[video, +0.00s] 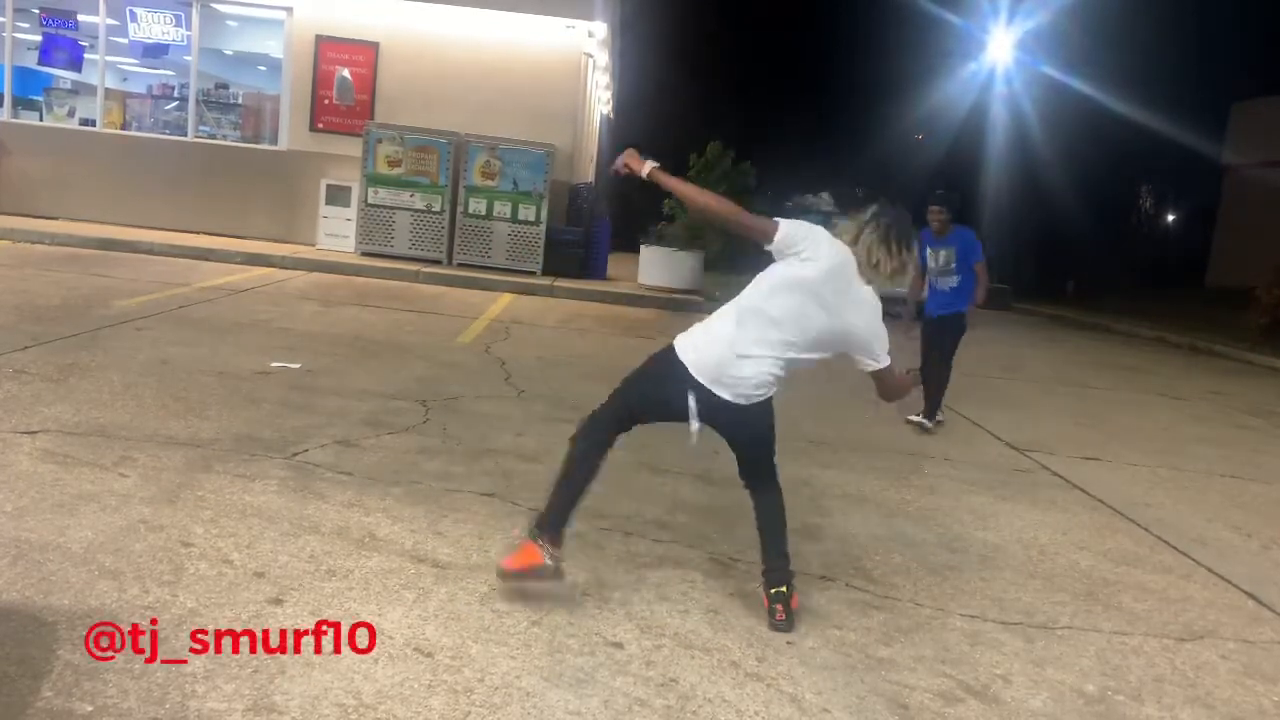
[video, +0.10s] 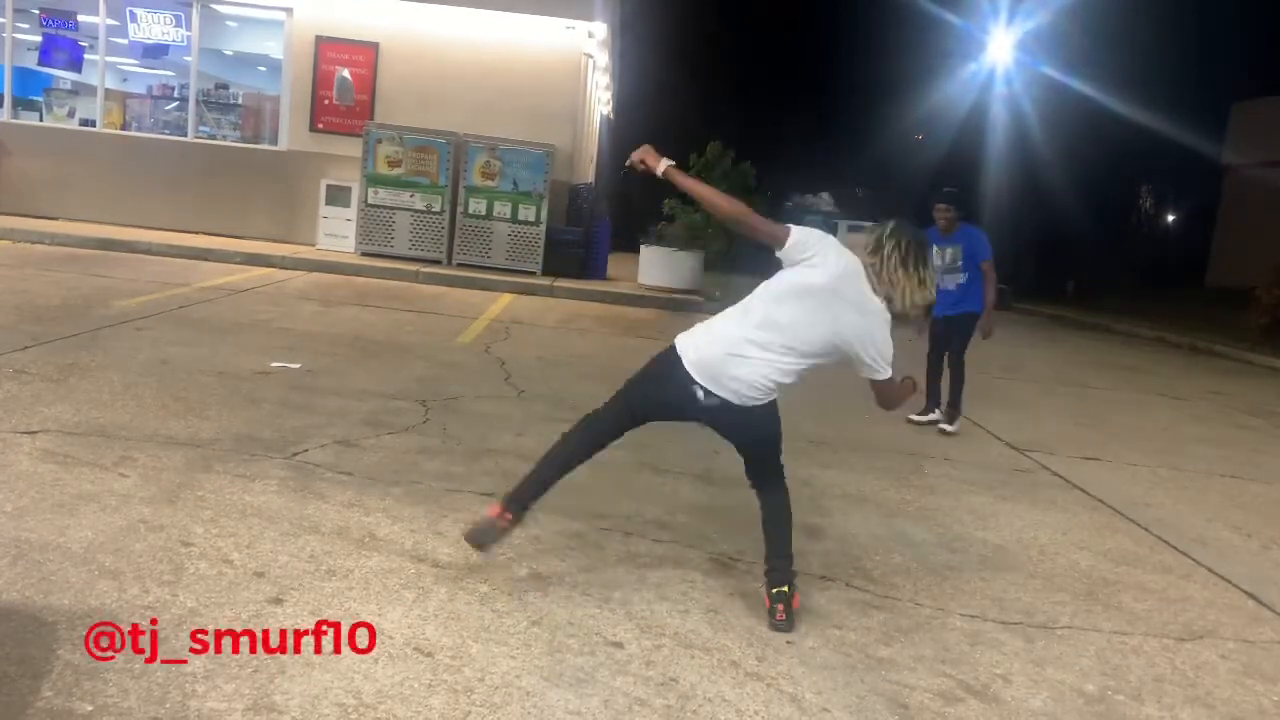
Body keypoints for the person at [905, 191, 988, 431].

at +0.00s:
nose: (935, 219)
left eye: (940, 214)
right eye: (931, 214)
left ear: (949, 215)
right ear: (927, 215)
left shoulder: (966, 238)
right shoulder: (925, 238)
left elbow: (981, 272)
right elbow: (919, 273)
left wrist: (977, 300)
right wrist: (912, 301)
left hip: (955, 310)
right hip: (931, 309)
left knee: (941, 359)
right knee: (927, 360)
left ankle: (931, 412)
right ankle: (931, 409)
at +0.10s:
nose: (942, 216)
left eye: (947, 211)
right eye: (938, 211)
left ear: (956, 213)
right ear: (933, 213)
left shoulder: (974, 237)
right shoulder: (930, 237)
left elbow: (989, 275)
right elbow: (923, 274)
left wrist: (987, 314)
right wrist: (921, 308)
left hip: (967, 308)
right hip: (940, 308)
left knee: (955, 357)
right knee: (933, 356)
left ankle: (953, 413)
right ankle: (932, 407)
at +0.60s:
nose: (969, 226)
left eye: (974, 221)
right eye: (965, 221)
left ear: (984, 222)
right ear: (960, 222)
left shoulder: (1001, 246)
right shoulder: (954, 246)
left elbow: (1014, 284)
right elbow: (956, 279)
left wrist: (1016, 322)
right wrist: (960, 307)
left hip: (994, 317)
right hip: (966, 315)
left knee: (984, 364)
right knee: (952, 361)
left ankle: (985, 419)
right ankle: (951, 409)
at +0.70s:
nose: (967, 222)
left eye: (973, 217)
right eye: (964, 217)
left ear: (984, 220)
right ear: (959, 219)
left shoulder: (1002, 244)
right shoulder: (953, 244)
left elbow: (1013, 281)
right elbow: (956, 276)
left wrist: (1014, 319)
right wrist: (961, 303)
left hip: (993, 317)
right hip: (965, 315)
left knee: (988, 367)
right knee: (953, 360)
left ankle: (985, 419)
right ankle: (951, 408)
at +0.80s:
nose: (967, 219)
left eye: (973, 214)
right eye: (963, 214)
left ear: (984, 217)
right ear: (959, 217)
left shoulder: (1000, 242)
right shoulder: (952, 241)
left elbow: (1012, 280)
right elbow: (955, 274)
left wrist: (1013, 316)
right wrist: (961, 299)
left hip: (993, 315)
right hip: (965, 313)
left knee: (987, 365)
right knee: (954, 360)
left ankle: (985, 420)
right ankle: (951, 409)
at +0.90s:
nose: (964, 221)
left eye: (969, 217)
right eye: (961, 216)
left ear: (981, 219)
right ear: (956, 219)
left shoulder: (998, 244)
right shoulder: (951, 244)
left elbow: (1009, 285)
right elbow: (954, 277)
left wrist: (1010, 323)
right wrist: (959, 303)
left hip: (990, 316)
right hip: (963, 314)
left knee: (983, 365)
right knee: (951, 360)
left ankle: (984, 419)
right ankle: (951, 409)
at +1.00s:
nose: (963, 218)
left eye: (968, 213)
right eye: (959, 213)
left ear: (980, 215)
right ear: (955, 215)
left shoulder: (997, 241)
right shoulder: (950, 240)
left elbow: (1008, 281)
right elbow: (953, 276)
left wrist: (1006, 321)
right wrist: (957, 305)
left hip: (988, 315)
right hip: (961, 313)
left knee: (984, 365)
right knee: (951, 360)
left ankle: (983, 419)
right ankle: (951, 408)